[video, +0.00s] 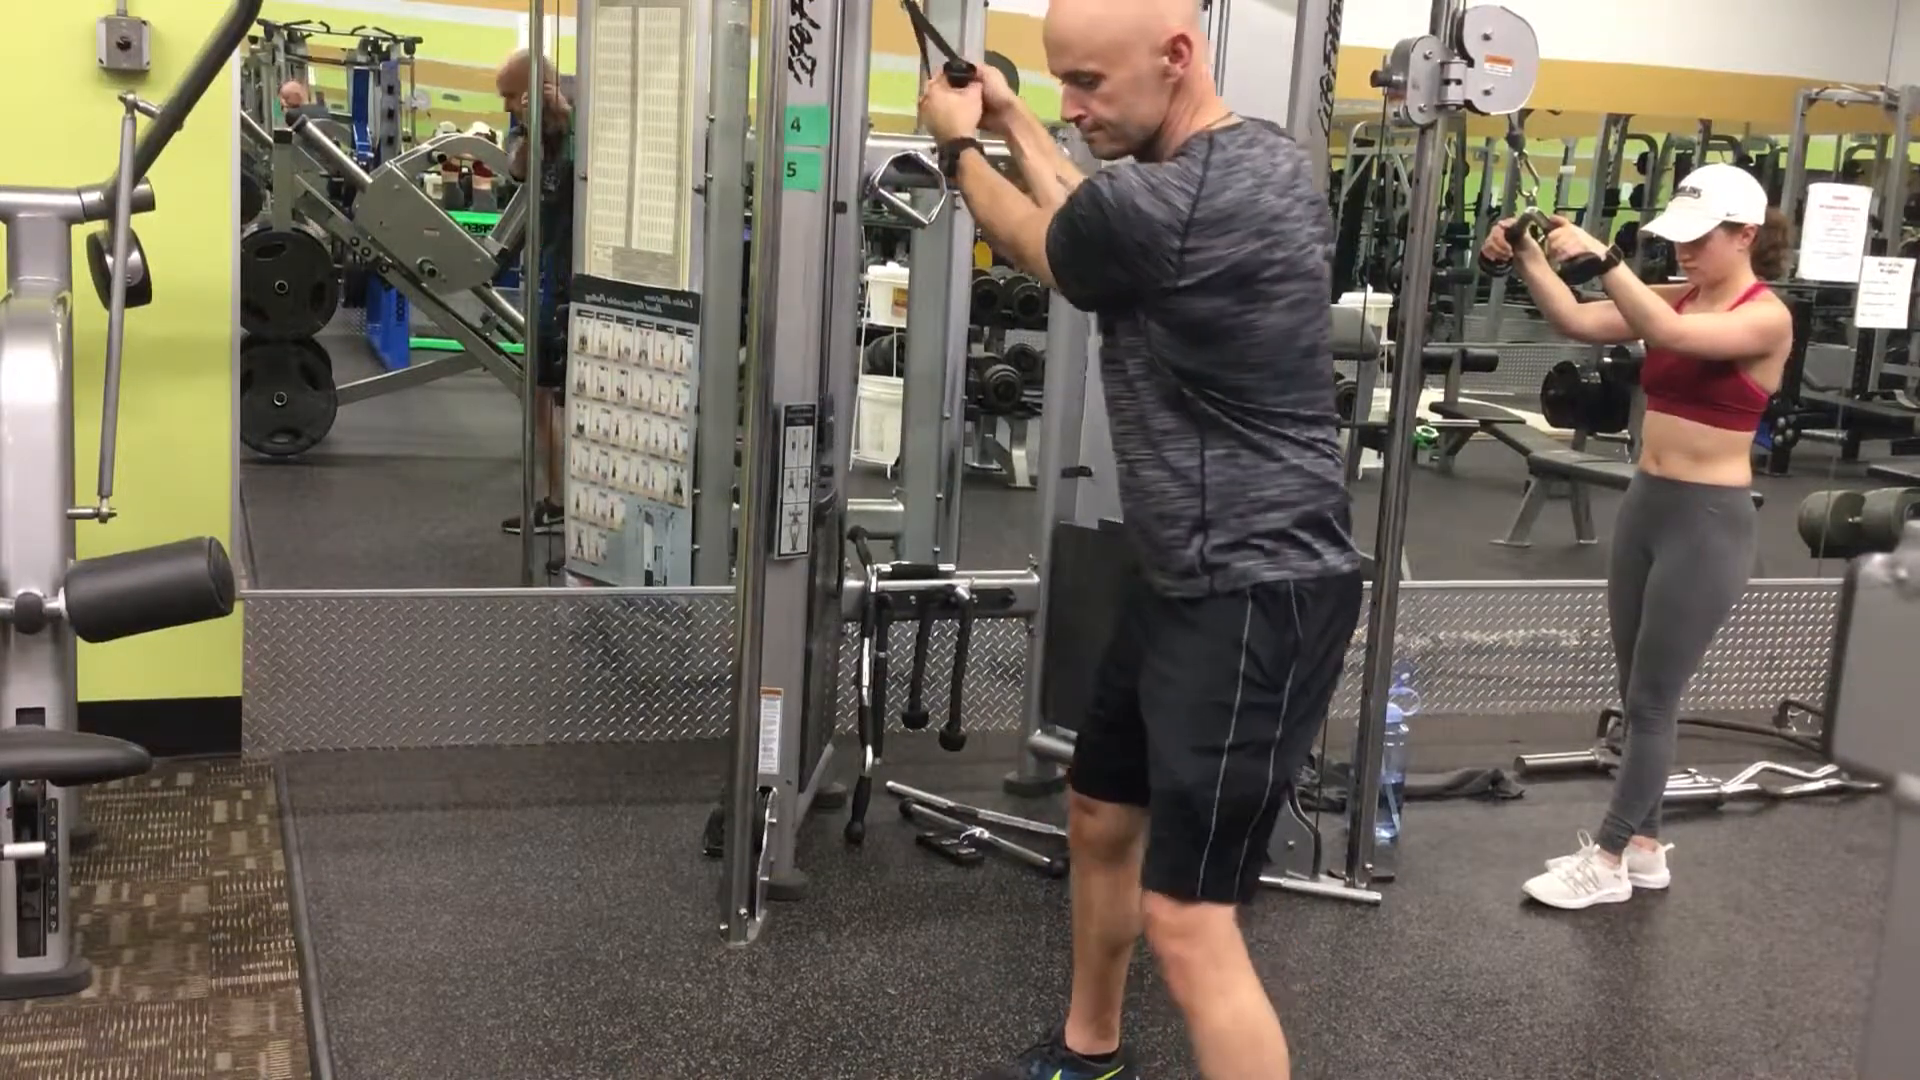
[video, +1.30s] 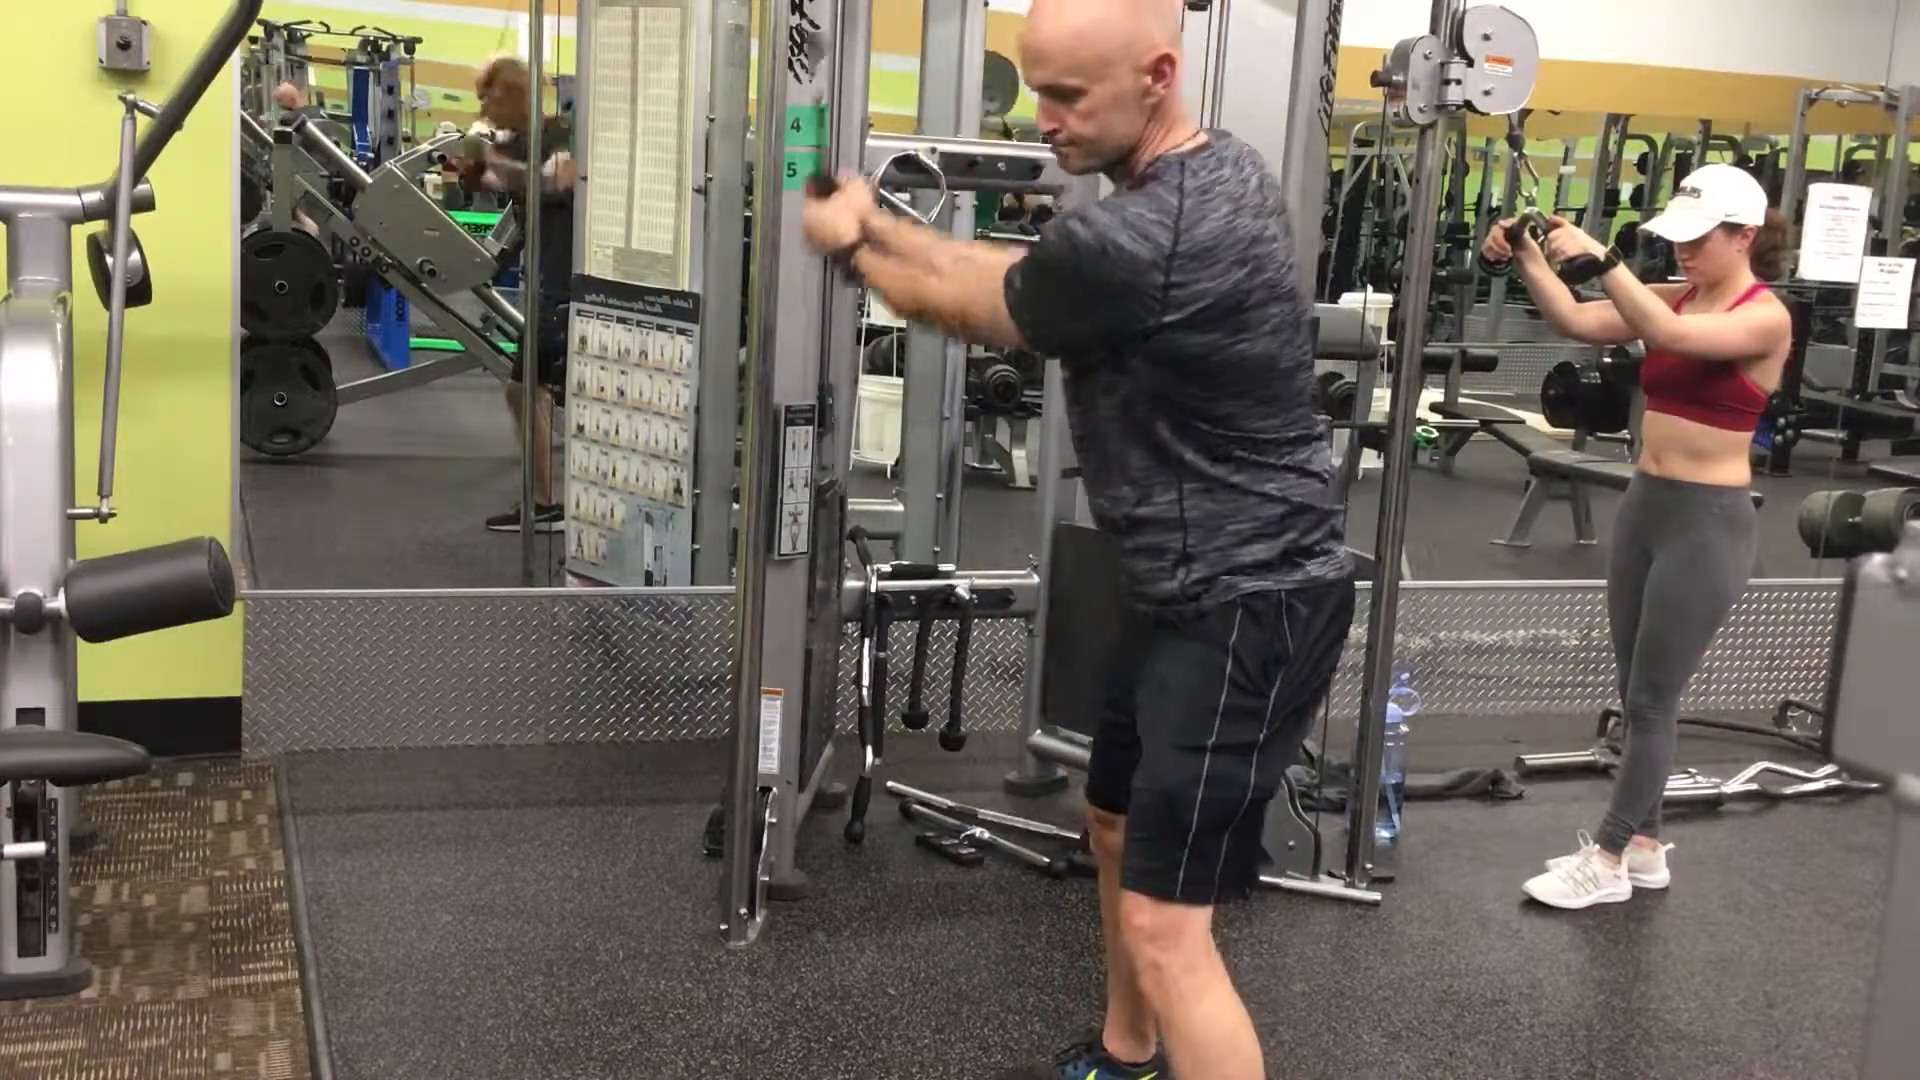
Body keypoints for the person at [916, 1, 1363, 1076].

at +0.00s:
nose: (1071, 109)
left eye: (1087, 82)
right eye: (1064, 83)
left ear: (1178, 57)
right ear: (1180, 56)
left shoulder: (1159, 205)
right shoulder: (1272, 165)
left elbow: (1040, 250)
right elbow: (1104, 237)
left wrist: (962, 146)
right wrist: (1013, 123)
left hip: (1257, 592)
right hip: (1186, 576)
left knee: (1190, 920)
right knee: (1099, 822)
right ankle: (1089, 1050)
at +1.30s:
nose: (1044, 119)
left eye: (1068, 96)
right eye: (1034, 92)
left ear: (1160, 75)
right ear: (1155, 78)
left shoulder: (1131, 238)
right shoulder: (1210, 173)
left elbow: (978, 310)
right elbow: (1026, 280)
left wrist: (855, 246)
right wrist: (886, 225)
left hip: (1250, 596)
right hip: (1193, 578)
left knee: (1166, 928)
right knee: (1115, 821)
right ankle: (1128, 1053)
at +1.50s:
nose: (1049, 155)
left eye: (1076, 128)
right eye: (1036, 125)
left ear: (1160, 98)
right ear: (1024, 99)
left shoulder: (1177, 259)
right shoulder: (1109, 205)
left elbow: (966, 404)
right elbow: (974, 344)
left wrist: (805, 367)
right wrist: (811, 340)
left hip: (1242, 603)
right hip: (1151, 587)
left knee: (1158, 929)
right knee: (1102, 833)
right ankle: (1131, 1054)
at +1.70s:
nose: (1073, 185)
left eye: (1103, 156)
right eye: (1050, 154)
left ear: (1172, 117)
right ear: (1028, 123)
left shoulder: (1222, 284)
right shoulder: (1050, 230)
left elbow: (1047, 504)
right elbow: (956, 418)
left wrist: (841, 529)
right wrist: (824, 503)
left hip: (1240, 618)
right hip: (1110, 605)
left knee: (1165, 934)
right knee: (1087, 855)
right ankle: (1127, 1053)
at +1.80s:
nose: (1086, 209)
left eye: (1115, 181)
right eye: (1061, 178)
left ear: (1174, 137)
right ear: (1034, 142)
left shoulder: (1241, 300)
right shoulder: (1027, 248)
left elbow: (1087, 535)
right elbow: (949, 448)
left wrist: (888, 605)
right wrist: (853, 578)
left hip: (1249, 617)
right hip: (1109, 602)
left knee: (1181, 943)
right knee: (1068, 853)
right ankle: (1126, 1049)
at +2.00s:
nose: (1131, 286)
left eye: (1161, 256)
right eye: (1103, 256)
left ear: (1204, 211)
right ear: (1061, 212)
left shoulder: (1273, 339)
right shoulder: (1007, 314)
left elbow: (1165, 606)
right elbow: (967, 545)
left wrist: (1007, 735)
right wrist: (946, 712)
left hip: (1256, 638)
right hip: (1100, 618)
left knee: (1204, 936)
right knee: (1043, 880)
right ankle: (1117, 1042)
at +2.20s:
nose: (1204, 367)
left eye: (1232, 335)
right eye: (1174, 336)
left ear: (1269, 279)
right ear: (1117, 273)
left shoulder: (1321, 395)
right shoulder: (1038, 384)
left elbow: (1254, 648)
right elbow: (1038, 645)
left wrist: (1157, 835)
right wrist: (1065, 824)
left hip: (1252, 656)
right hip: (1101, 652)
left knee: (1224, 939)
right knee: (1036, 901)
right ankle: (1050, 1003)